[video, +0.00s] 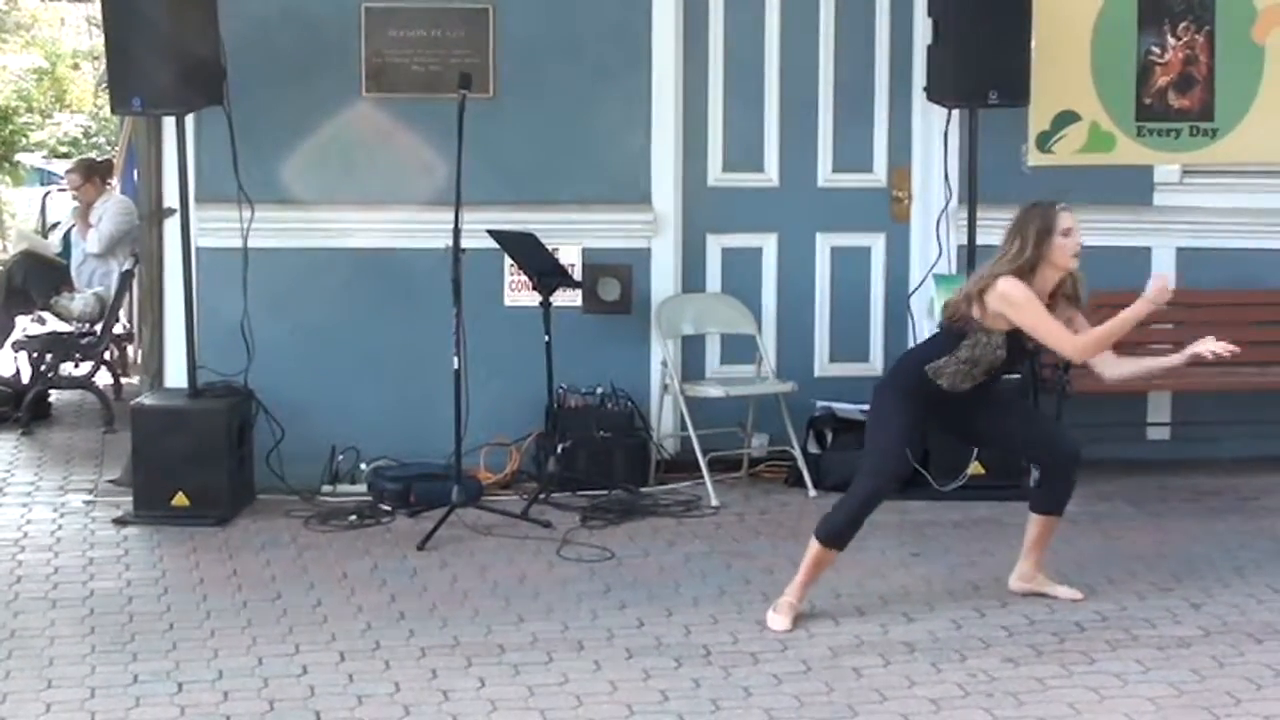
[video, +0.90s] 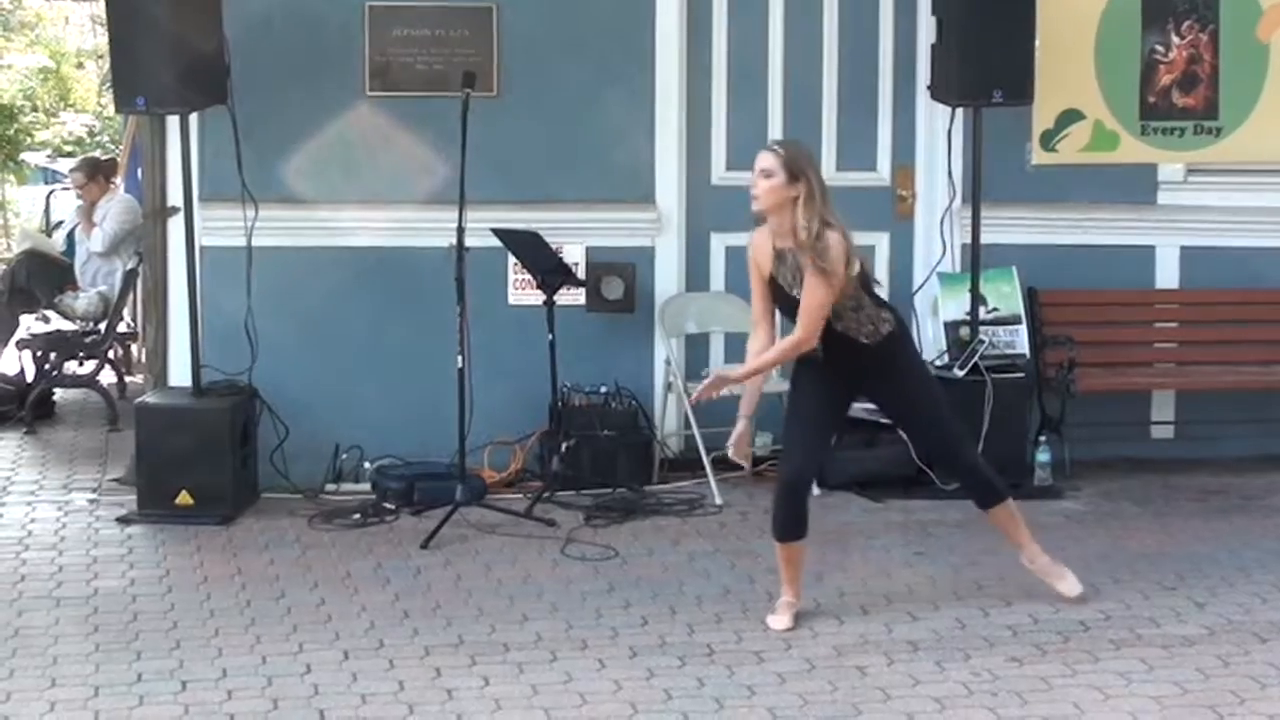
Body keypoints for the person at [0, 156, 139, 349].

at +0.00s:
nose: (73, 195)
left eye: (76, 189)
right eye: (71, 190)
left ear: (94, 183)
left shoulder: (121, 207)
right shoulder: (84, 210)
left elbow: (99, 245)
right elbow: (56, 247)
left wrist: (81, 221)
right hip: (75, 286)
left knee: (26, 262)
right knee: (10, 301)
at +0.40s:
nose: (74, 197)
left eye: (78, 191)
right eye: (72, 192)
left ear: (96, 184)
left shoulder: (121, 208)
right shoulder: (84, 211)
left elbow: (100, 247)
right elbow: (56, 248)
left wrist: (82, 223)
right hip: (75, 287)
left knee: (26, 263)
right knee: (10, 305)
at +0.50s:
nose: (75, 197)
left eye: (78, 190)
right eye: (73, 192)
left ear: (99, 184)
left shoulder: (121, 208)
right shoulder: (83, 211)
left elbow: (98, 246)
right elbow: (56, 247)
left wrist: (82, 222)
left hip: (98, 299)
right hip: (74, 291)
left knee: (26, 264)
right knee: (9, 301)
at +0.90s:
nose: (78, 195)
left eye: (81, 188)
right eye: (76, 189)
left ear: (100, 181)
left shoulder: (125, 205)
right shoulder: (86, 209)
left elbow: (102, 244)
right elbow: (59, 244)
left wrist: (86, 221)